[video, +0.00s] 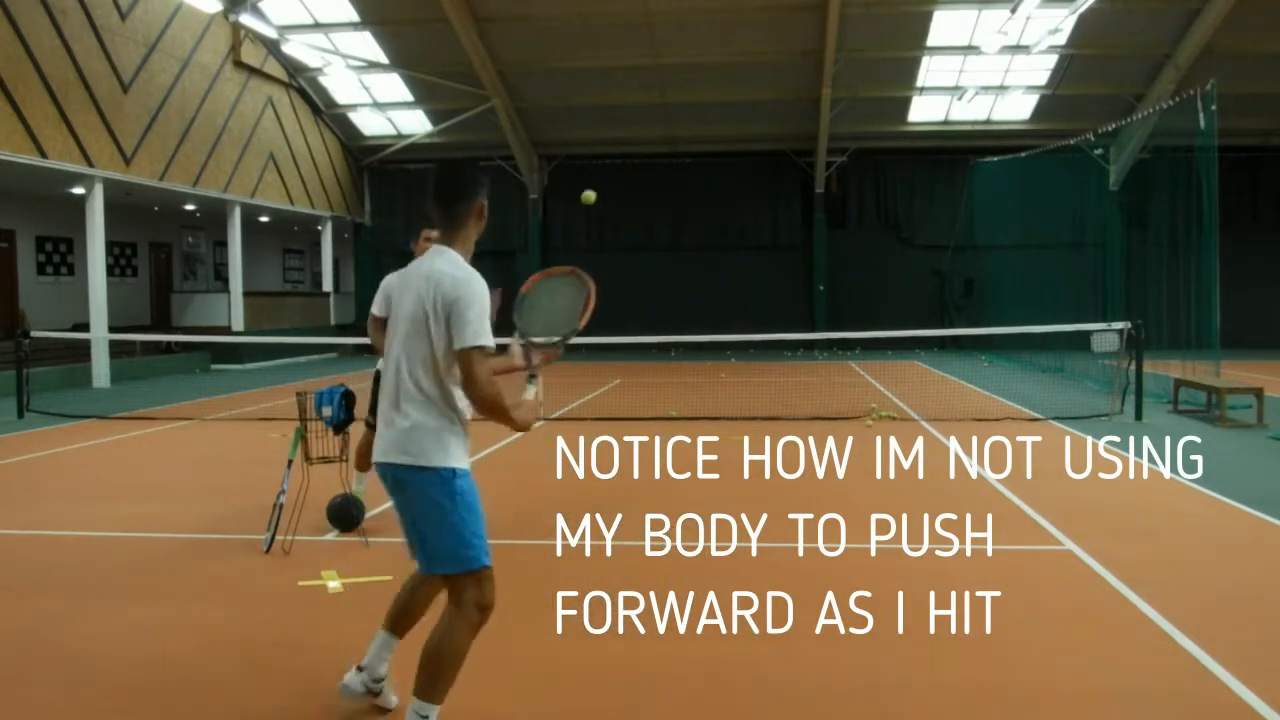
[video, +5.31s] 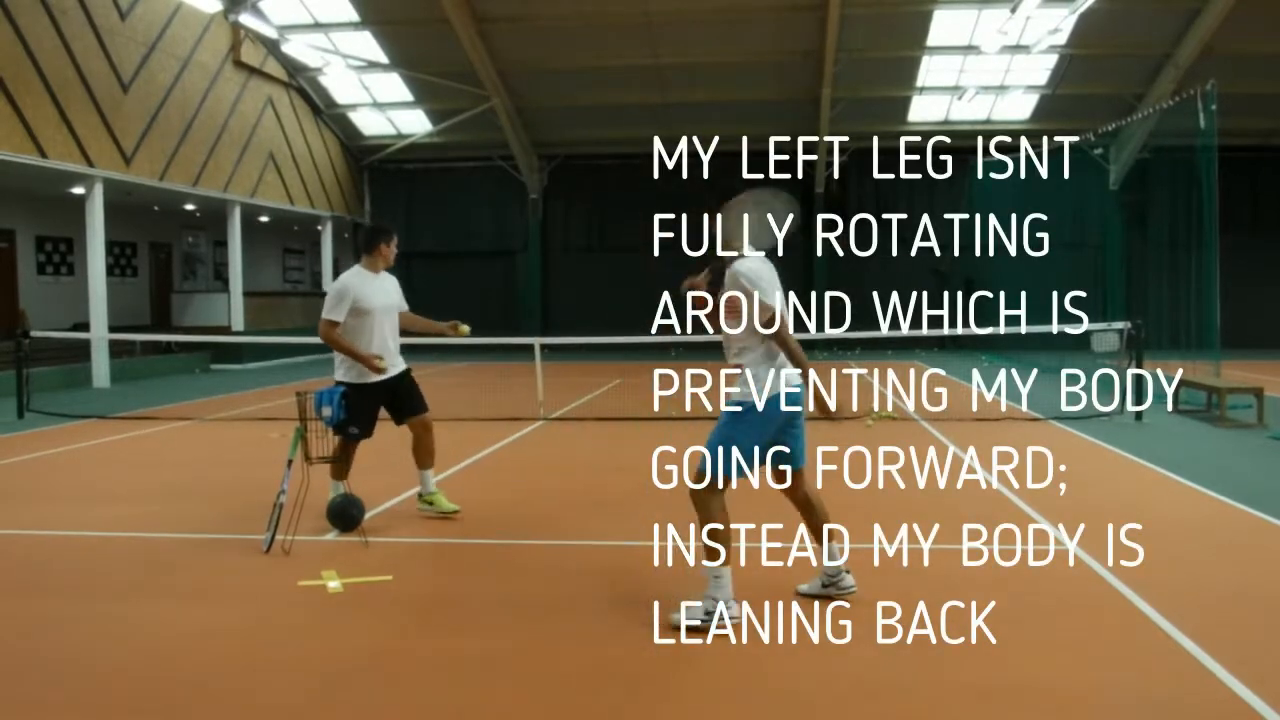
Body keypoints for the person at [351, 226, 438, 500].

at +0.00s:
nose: (432, 247)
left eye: (438, 242)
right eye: (427, 240)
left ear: (444, 248)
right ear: (414, 246)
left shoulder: (445, 284)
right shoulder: (394, 280)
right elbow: (375, 328)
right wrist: (396, 354)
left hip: (430, 372)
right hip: (391, 370)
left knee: (446, 428)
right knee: (374, 430)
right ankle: (357, 488)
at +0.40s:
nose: (390, 245)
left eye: (393, 240)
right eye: (384, 239)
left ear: (397, 246)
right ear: (370, 244)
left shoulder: (410, 281)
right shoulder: (352, 282)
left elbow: (418, 323)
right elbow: (337, 330)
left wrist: (414, 349)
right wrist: (379, 347)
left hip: (402, 374)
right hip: (362, 375)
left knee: (424, 431)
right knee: (350, 435)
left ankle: (440, 497)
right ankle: (350, 498)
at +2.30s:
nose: (415, 252)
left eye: (415, 247)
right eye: (410, 247)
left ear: (408, 251)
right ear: (391, 249)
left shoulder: (415, 284)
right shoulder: (362, 284)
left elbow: (426, 324)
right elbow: (338, 327)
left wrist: (457, 343)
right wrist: (368, 356)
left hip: (407, 375)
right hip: (367, 378)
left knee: (428, 429)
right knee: (358, 440)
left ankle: (452, 495)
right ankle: (351, 502)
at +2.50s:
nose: (439, 264)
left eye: (442, 258)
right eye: (432, 258)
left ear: (446, 262)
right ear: (418, 260)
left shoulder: (448, 294)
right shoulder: (390, 292)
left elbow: (451, 342)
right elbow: (365, 329)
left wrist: (469, 379)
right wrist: (385, 362)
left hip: (429, 379)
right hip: (386, 381)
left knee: (450, 436)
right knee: (372, 441)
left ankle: (456, 499)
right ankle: (352, 497)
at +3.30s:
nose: (410, 254)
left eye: (413, 249)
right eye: (404, 249)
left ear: (417, 255)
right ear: (388, 255)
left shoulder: (430, 291)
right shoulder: (369, 294)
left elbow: (448, 330)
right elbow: (349, 338)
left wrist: (449, 341)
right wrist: (372, 364)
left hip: (422, 381)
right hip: (380, 384)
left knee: (443, 435)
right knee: (363, 444)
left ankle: (459, 500)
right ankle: (341, 492)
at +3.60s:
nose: (381, 248)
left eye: (384, 243)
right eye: (374, 243)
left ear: (388, 248)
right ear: (361, 247)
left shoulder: (397, 283)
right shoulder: (342, 285)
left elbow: (402, 321)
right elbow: (319, 329)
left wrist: (412, 342)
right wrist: (348, 357)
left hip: (392, 376)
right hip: (353, 380)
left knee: (416, 430)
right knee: (345, 442)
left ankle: (421, 496)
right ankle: (337, 498)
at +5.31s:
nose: (396, 252)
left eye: (396, 247)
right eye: (394, 247)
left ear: (381, 248)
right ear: (381, 248)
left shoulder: (390, 281)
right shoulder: (346, 284)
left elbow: (402, 319)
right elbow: (326, 331)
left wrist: (443, 328)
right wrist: (362, 358)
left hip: (395, 374)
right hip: (358, 380)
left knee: (423, 425)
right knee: (349, 440)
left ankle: (428, 492)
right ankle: (337, 496)